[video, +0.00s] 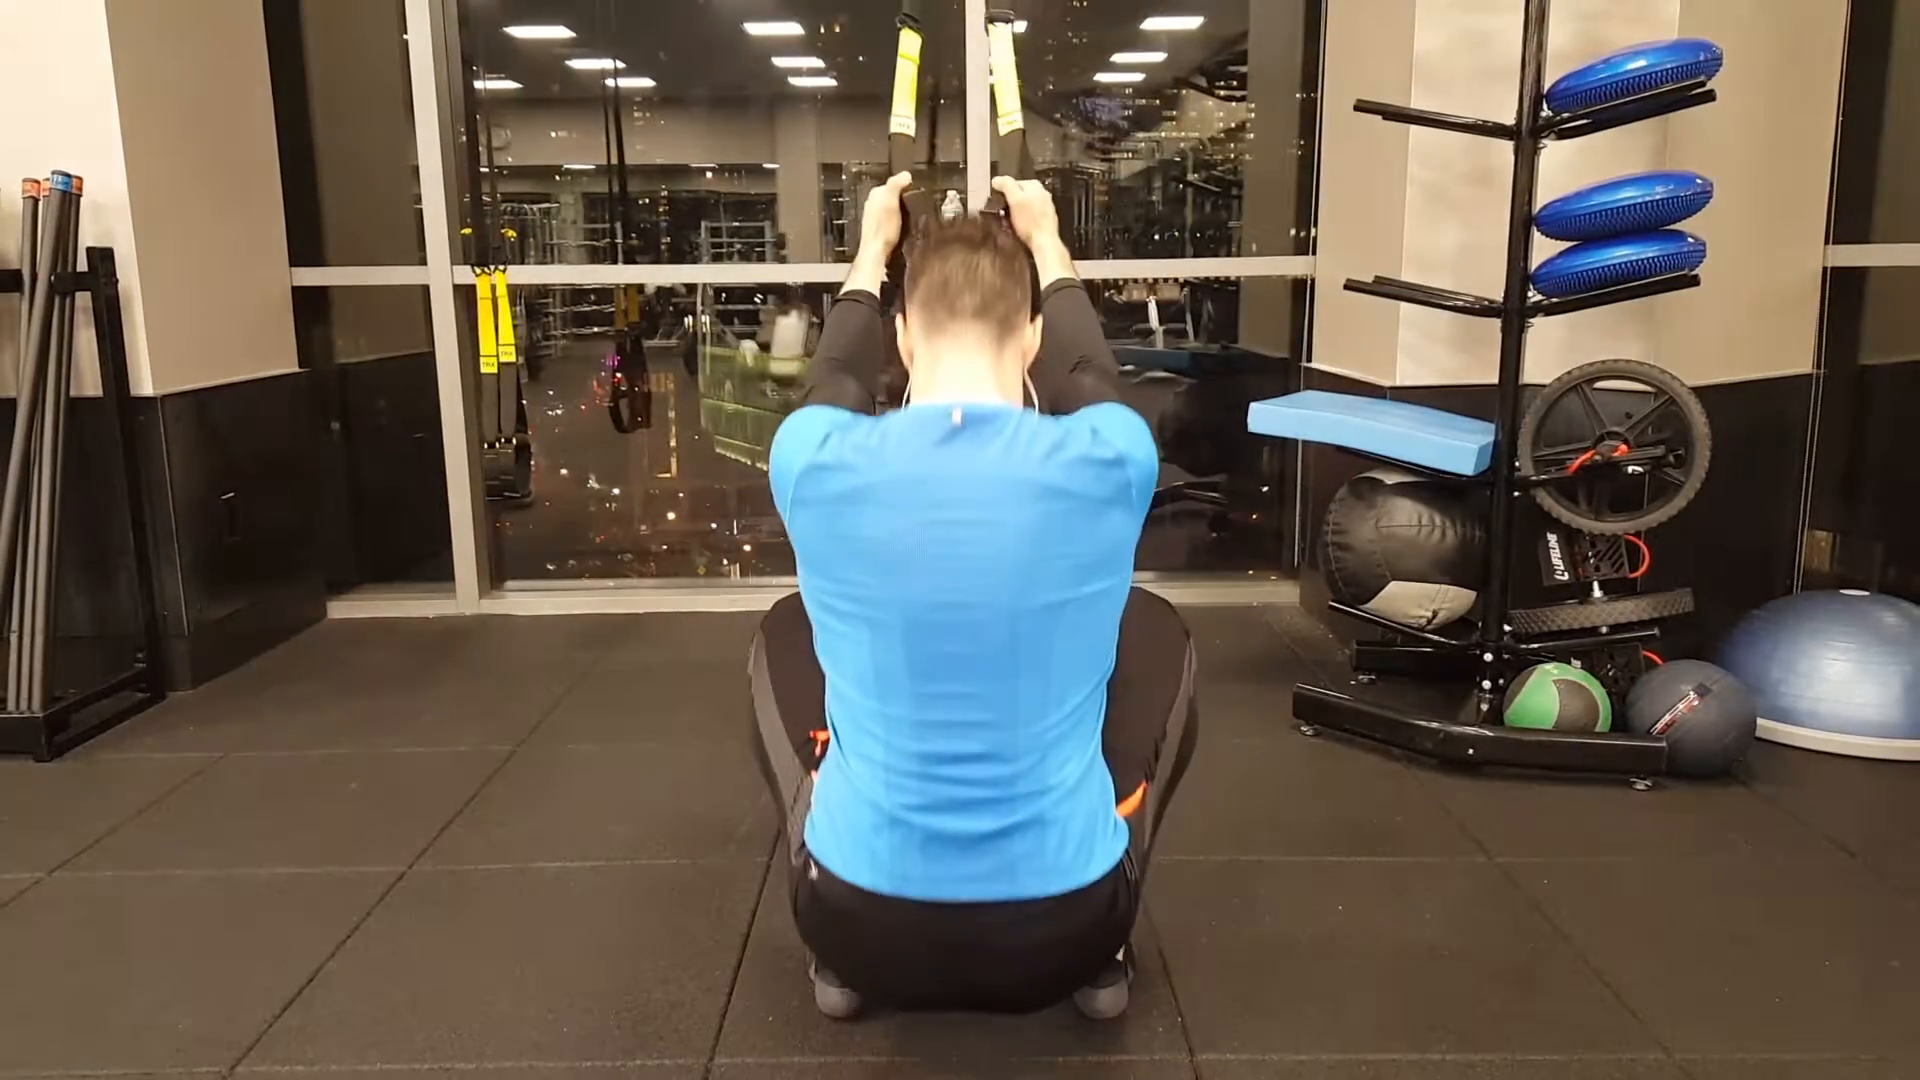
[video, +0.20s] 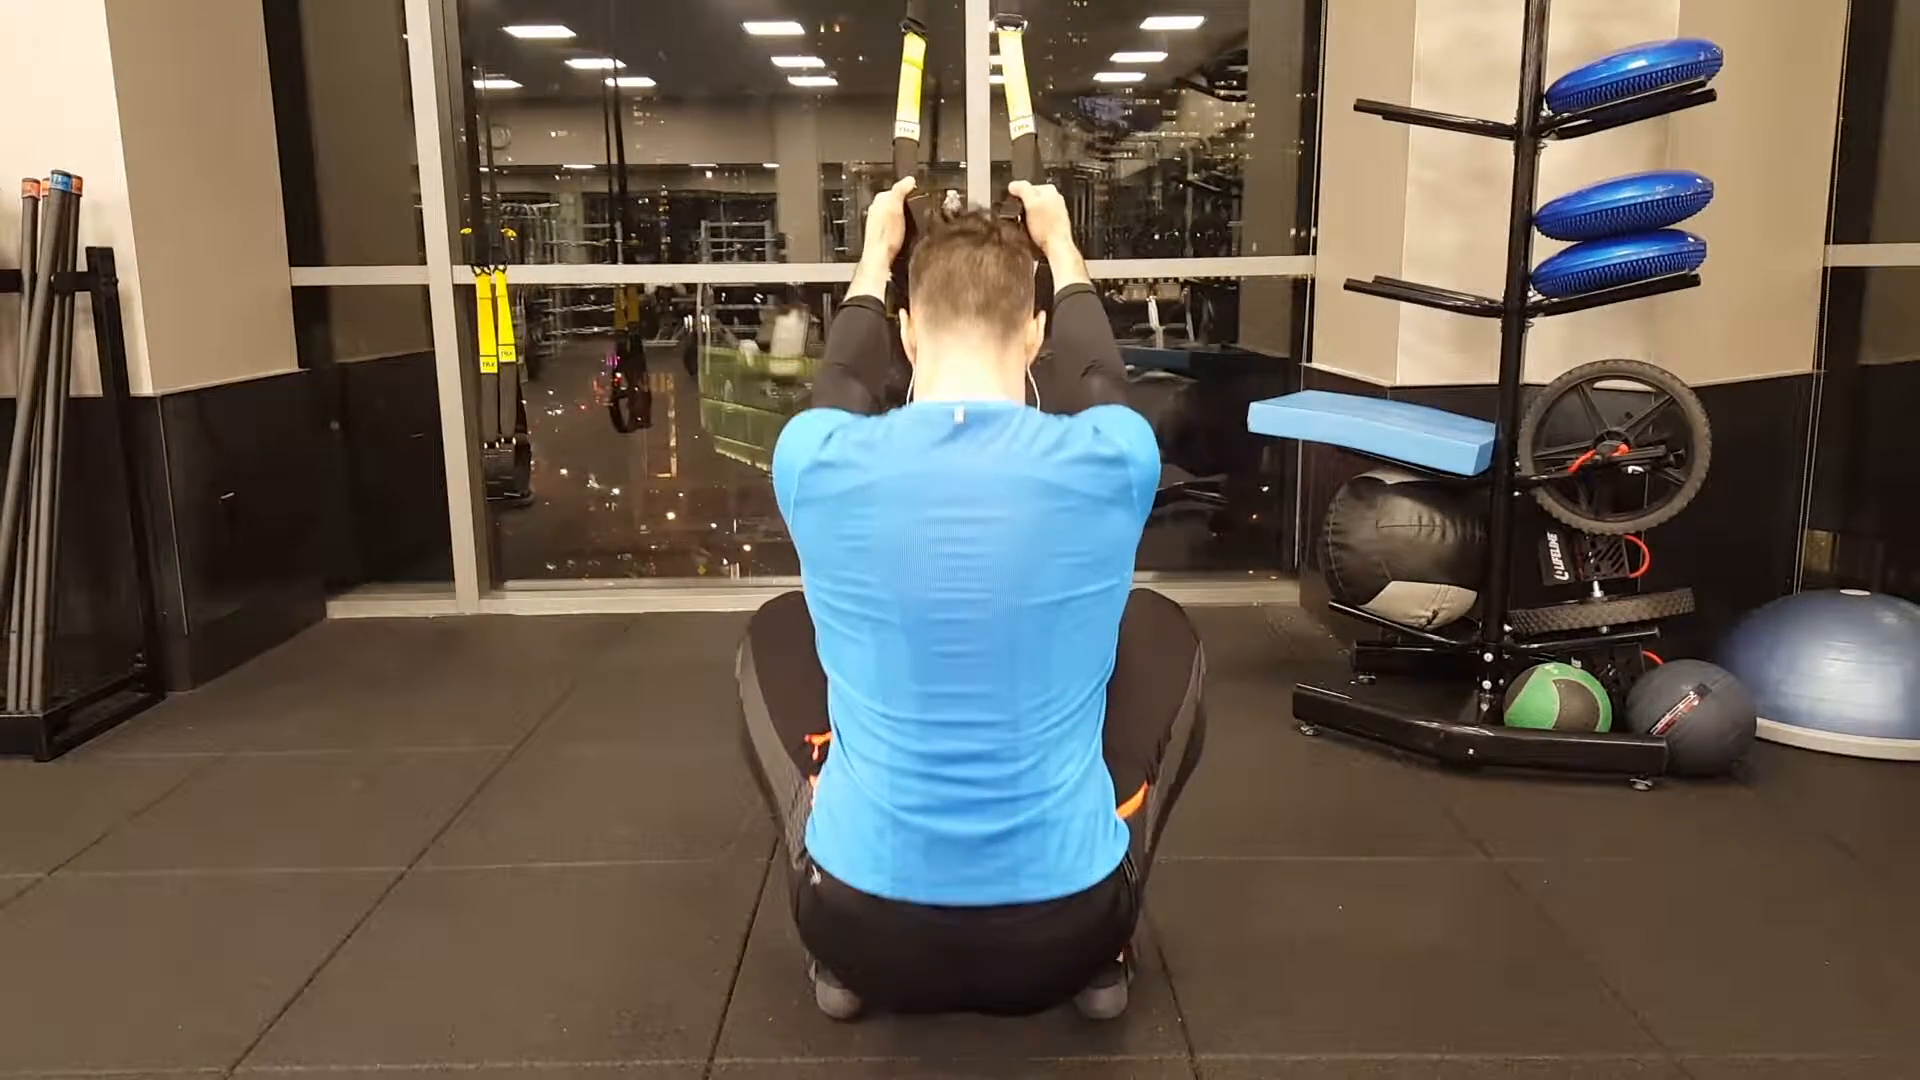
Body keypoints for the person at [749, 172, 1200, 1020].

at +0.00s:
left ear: (901, 345)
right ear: (1032, 344)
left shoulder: (817, 466)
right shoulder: (1108, 464)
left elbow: (838, 381)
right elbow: (1095, 379)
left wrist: (870, 262)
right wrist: (1053, 253)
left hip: (872, 938)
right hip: (1055, 940)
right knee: (1141, 628)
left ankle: (834, 960)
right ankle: (1105, 957)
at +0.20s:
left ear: (909, 335)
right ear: (1035, 337)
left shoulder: (816, 464)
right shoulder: (1113, 463)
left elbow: (845, 384)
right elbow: (1098, 375)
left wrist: (870, 271)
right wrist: (1065, 254)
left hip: (872, 941)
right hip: (1055, 944)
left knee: (782, 628)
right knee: (1147, 628)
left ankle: (833, 960)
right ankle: (1109, 955)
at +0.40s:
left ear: (910, 363)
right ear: (1034, 367)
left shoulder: (820, 491)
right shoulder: (1111, 488)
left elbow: (847, 397)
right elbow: (1085, 387)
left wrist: (872, 271)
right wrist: (1052, 263)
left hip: (875, 957)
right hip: (1058, 959)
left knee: (846, 753)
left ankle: (834, 972)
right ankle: (1109, 967)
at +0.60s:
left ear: (911, 348)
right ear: (1035, 350)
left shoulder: (820, 478)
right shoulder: (1113, 476)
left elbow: (847, 393)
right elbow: (1087, 385)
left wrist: (871, 268)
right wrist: (1054, 265)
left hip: (877, 946)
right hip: (1061, 949)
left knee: (845, 744)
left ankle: (835, 968)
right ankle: (1106, 968)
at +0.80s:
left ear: (918, 363)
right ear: (1045, 366)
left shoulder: (828, 489)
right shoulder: (1121, 487)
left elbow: (853, 393)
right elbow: (1093, 382)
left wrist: (875, 264)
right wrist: (1060, 254)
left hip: (883, 959)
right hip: (1067, 962)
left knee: (799, 616)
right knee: (1152, 619)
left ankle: (836, 958)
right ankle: (1109, 960)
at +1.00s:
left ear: (938, 352)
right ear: (1066, 359)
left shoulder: (848, 480)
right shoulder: (1142, 481)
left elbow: (859, 393)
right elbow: (1105, 381)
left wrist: (880, 269)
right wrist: (1065, 256)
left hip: (900, 953)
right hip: (1084, 958)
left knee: (811, 619)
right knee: (1168, 629)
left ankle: (839, 951)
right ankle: (1108, 978)